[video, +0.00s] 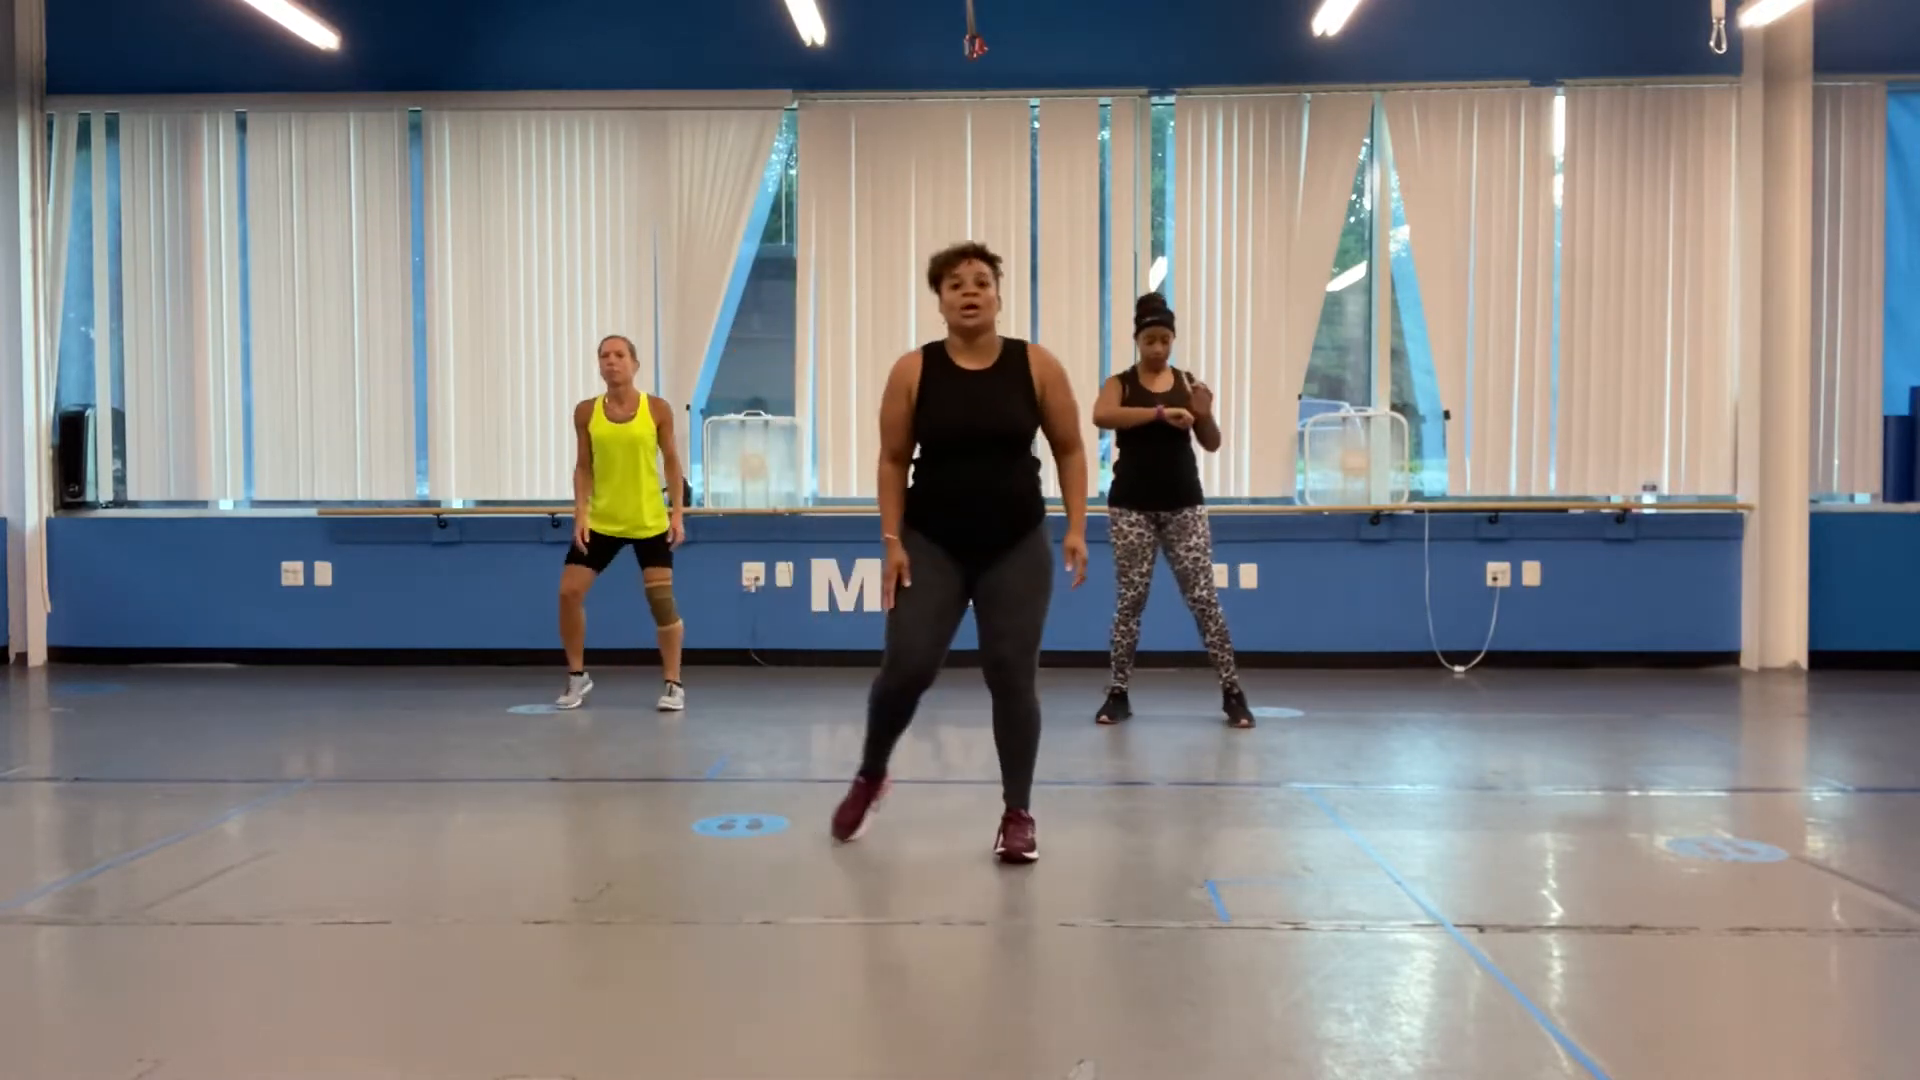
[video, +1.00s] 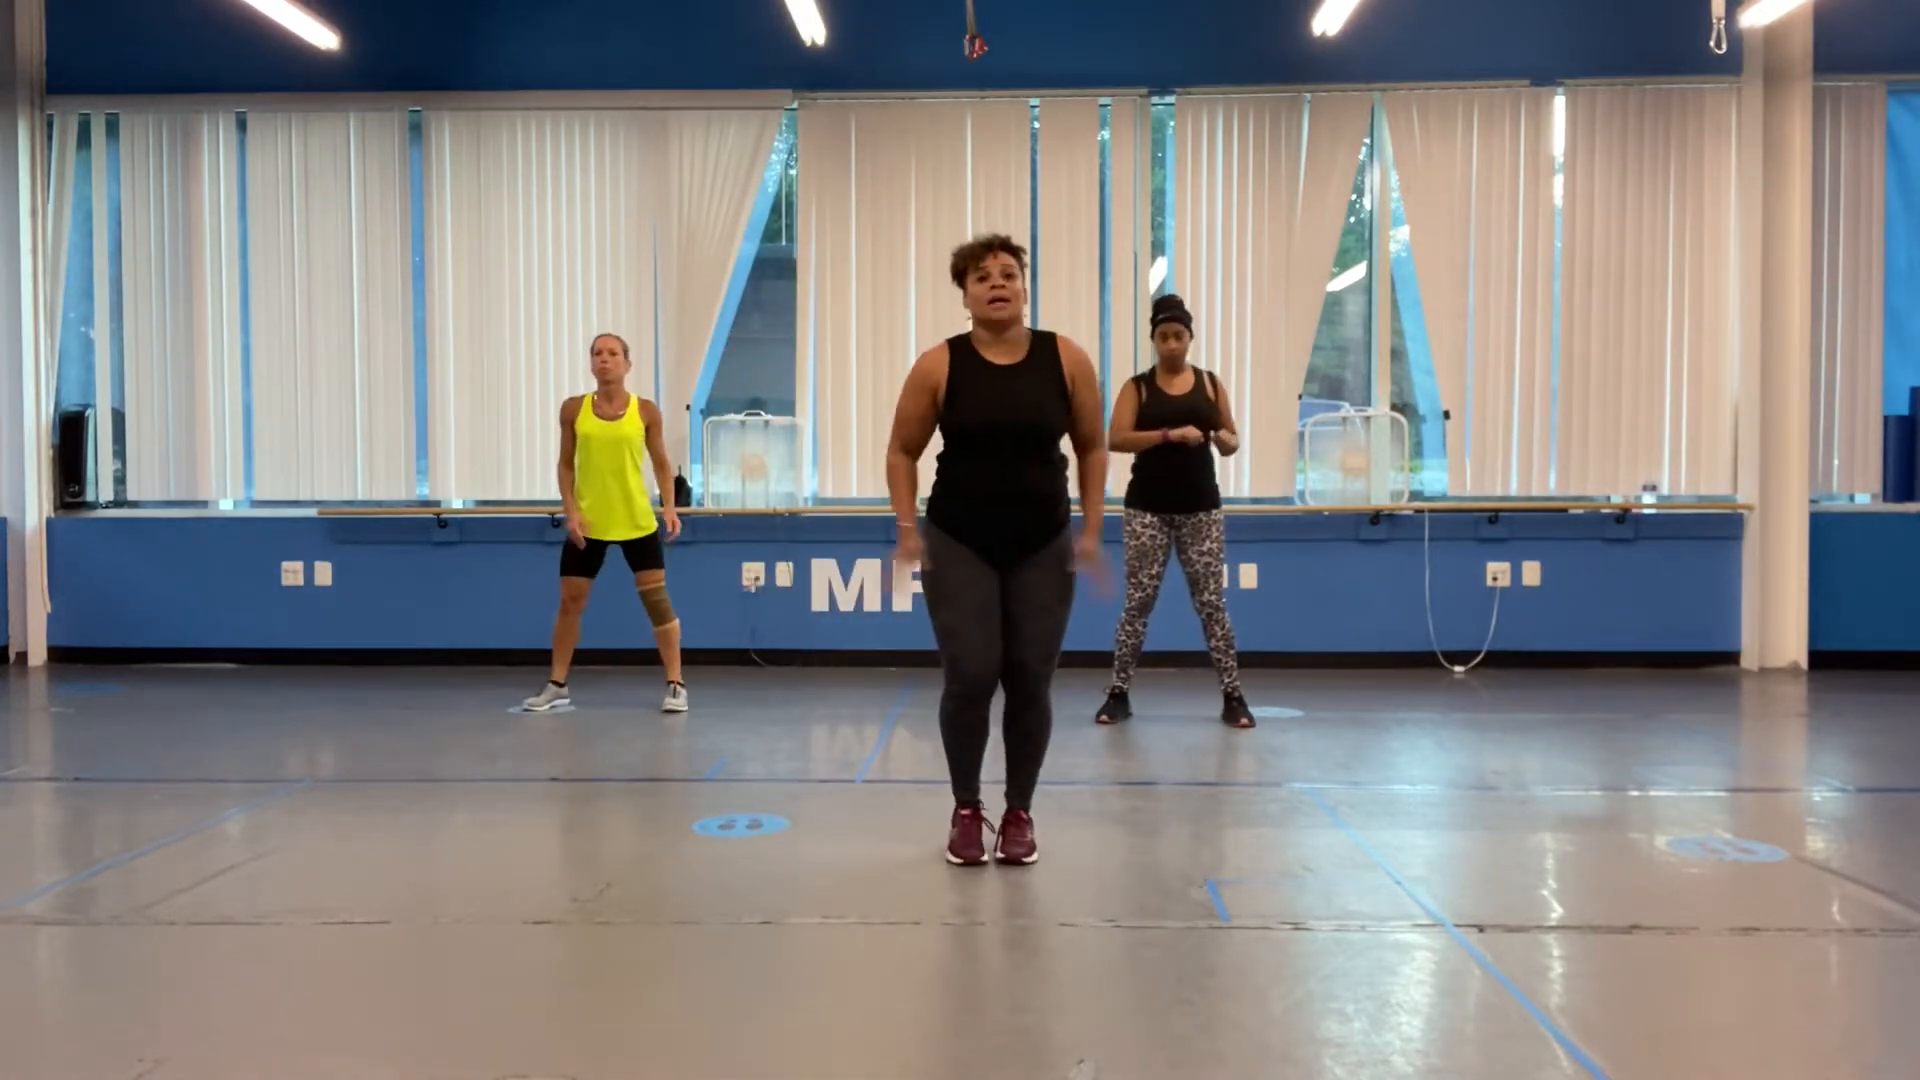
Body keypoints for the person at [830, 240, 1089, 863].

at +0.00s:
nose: (970, 294)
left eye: (981, 284)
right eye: (958, 286)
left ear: (999, 295)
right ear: (939, 299)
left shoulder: (1037, 367)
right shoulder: (913, 370)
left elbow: (1069, 449)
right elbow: (893, 460)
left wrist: (1076, 525)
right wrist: (891, 541)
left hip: (1016, 542)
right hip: (932, 542)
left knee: (1012, 675)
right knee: (907, 669)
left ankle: (1018, 815)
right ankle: (870, 777)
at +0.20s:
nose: (987, 290)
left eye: (998, 279)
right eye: (973, 282)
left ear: (1015, 289)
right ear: (955, 296)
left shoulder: (1053, 361)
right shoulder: (927, 363)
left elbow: (1079, 449)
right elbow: (906, 454)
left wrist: (1070, 532)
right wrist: (909, 534)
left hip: (1027, 539)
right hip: (947, 539)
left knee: (1018, 676)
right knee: (961, 673)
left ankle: (1018, 815)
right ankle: (963, 809)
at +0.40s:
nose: (992, 287)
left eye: (1002, 277)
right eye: (978, 280)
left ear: (1018, 288)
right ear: (958, 295)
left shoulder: (1056, 356)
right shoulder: (930, 360)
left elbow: (1079, 449)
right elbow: (908, 453)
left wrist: (1071, 533)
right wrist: (915, 536)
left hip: (1032, 538)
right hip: (951, 539)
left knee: (1021, 675)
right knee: (963, 674)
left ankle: (1018, 814)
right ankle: (965, 812)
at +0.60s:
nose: (993, 284)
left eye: (1003, 274)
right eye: (979, 277)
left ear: (1020, 286)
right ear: (959, 293)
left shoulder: (1058, 356)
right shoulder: (931, 359)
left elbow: (1081, 448)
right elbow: (908, 454)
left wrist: (1075, 532)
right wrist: (918, 537)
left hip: (1035, 539)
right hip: (953, 540)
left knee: (1024, 677)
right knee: (964, 676)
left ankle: (1018, 815)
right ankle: (965, 812)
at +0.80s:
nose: (997, 285)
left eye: (1007, 276)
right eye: (982, 278)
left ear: (1023, 288)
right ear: (963, 293)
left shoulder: (1062, 359)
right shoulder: (936, 364)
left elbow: (1097, 445)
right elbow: (903, 455)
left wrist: (1109, 525)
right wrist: (899, 537)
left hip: (1037, 541)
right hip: (954, 541)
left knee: (1025, 678)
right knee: (966, 676)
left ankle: (1017, 815)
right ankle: (965, 812)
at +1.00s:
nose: (999, 285)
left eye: (1009, 276)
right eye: (984, 279)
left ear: (1025, 287)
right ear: (965, 295)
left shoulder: (1066, 360)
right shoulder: (938, 367)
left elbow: (1091, 447)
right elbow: (903, 451)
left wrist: (1091, 527)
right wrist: (908, 524)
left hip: (1044, 540)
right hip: (958, 540)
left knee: (1029, 679)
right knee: (971, 674)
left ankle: (1018, 815)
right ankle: (967, 809)